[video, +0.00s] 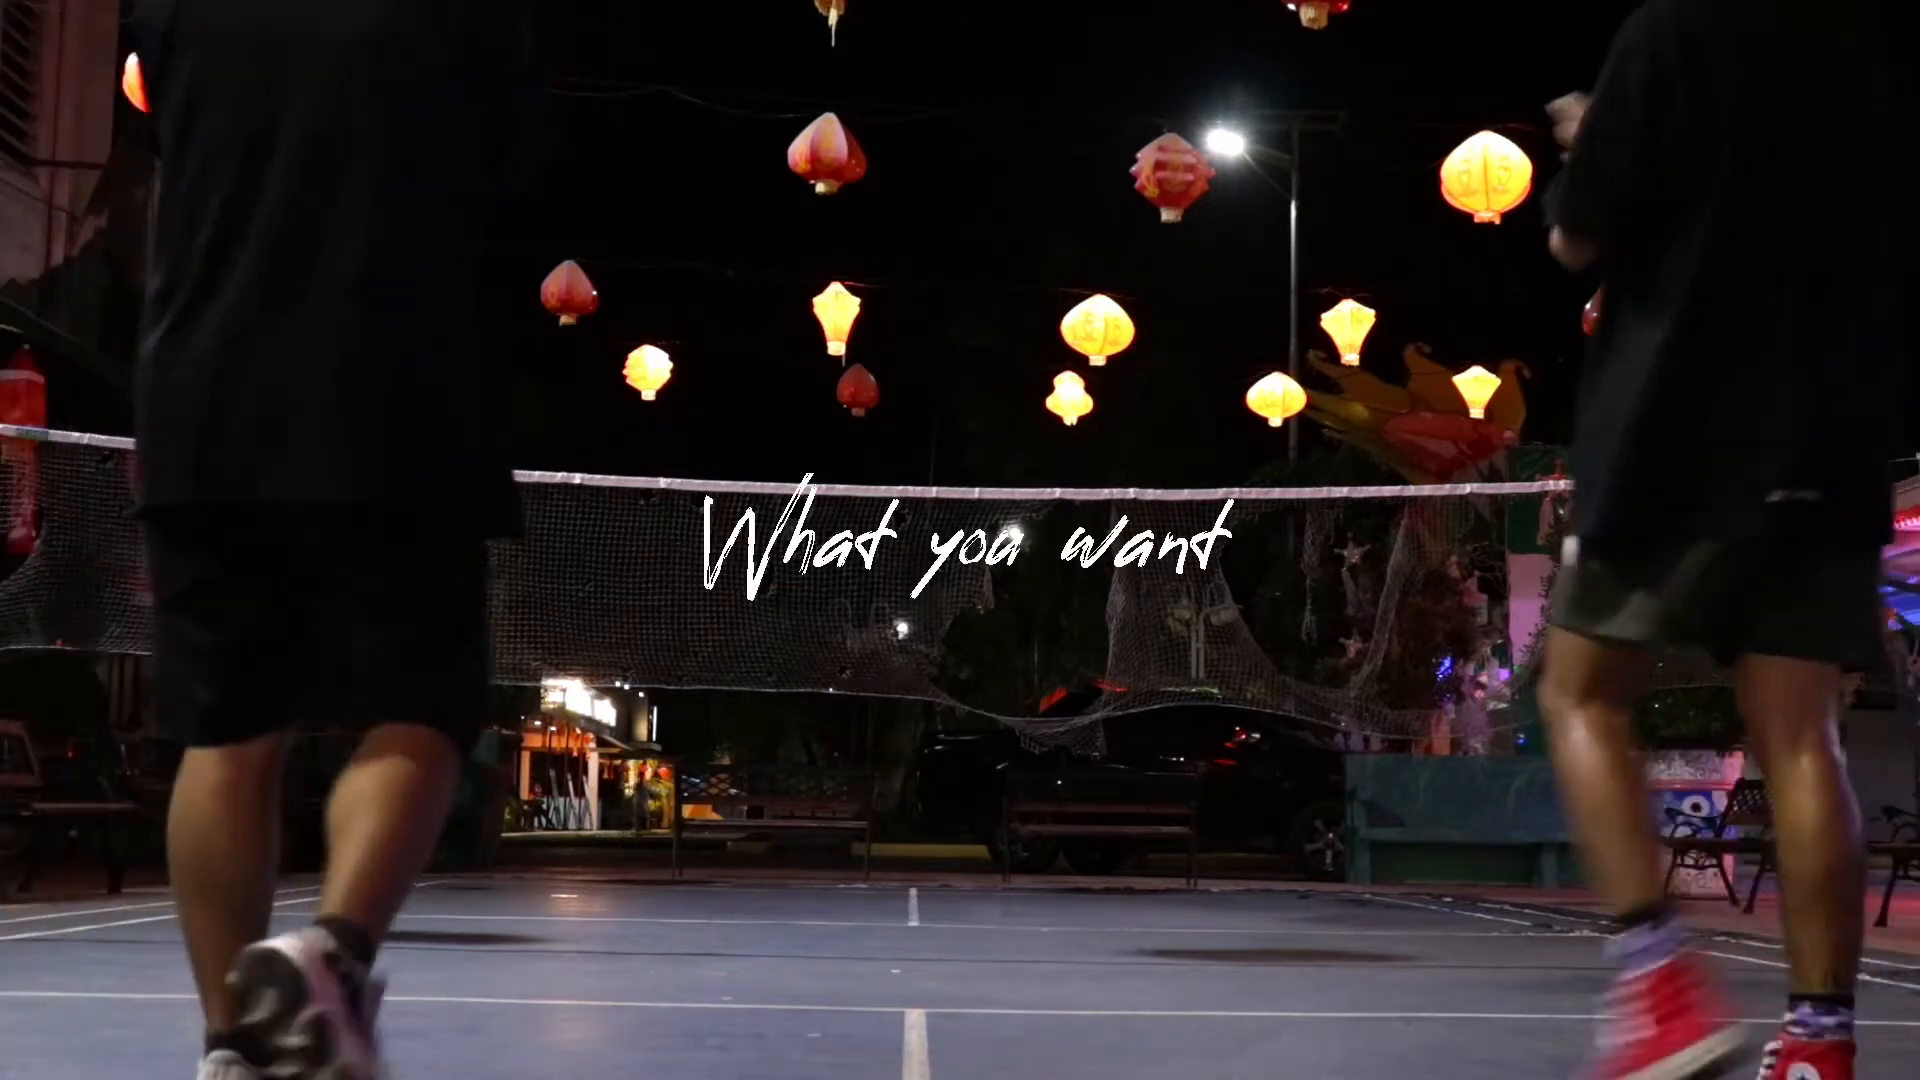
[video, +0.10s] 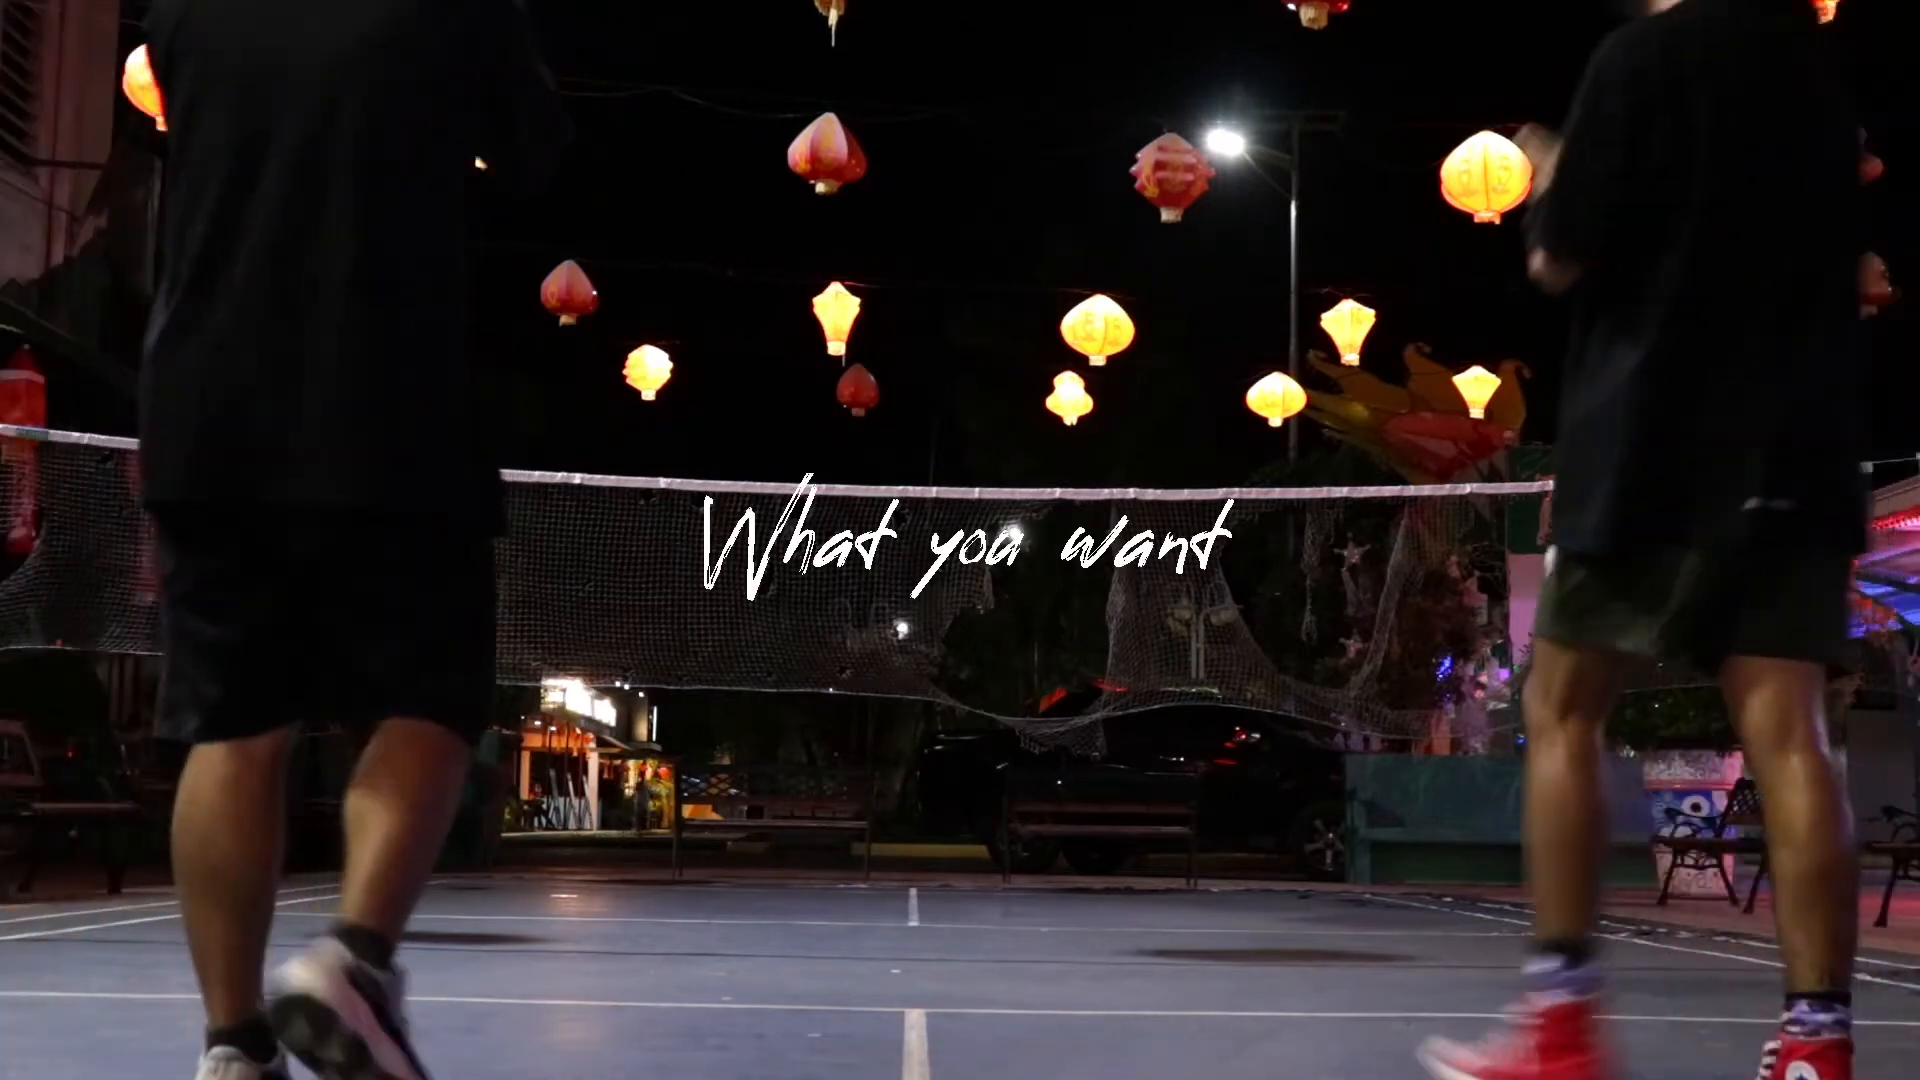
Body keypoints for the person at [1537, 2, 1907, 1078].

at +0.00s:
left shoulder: (1679, 29)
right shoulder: (1877, 49)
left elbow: (1579, 234)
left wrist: (1584, 143)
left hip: (1677, 424)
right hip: (1842, 425)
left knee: (1583, 696)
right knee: (1800, 734)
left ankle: (1656, 979)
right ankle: (1820, 1042)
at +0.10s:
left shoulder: (1643, 56)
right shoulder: (1820, 67)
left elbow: (1556, 255)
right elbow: (1835, 260)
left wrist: (1546, 167)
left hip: (1647, 457)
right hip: (1803, 454)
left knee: (1563, 711)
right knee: (1789, 731)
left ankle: (1558, 1013)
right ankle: (1818, 1042)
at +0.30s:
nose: (1539, 19)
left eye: (1548, 8)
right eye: (1547, 8)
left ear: (1583, 9)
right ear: (1656, 19)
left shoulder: (1558, 125)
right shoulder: (1726, 122)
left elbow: (1479, 317)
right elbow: (1754, 305)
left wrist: (1446, 302)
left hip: (1584, 501)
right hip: (1723, 490)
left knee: (1522, 749)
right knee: (1737, 743)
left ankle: (1471, 1009)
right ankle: (1811, 1033)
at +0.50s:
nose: (1436, 40)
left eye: (1445, 24)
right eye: (1442, 24)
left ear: (1474, 39)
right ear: (1557, 42)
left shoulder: (1446, 168)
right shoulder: (1626, 154)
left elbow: (1399, 358)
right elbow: (1676, 343)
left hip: (1485, 507)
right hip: (1615, 498)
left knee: (1452, 752)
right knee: (1615, 742)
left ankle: (1458, 1022)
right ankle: (1748, 966)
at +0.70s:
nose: (1373, 49)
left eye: (1380, 32)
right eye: (1376, 32)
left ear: (1407, 45)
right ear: (1494, 47)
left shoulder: (1372, 177)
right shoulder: (1552, 163)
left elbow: (1315, 366)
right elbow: (1613, 338)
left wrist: (1383, 407)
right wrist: (1514, 382)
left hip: (1416, 503)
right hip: (1532, 493)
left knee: (1432, 749)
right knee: (1505, 732)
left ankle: (1457, 1025)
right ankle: (1596, 923)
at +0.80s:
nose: (1344, 75)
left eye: (1350, 55)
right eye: (1349, 55)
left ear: (1375, 65)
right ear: (1463, 68)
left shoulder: (1348, 186)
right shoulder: (1525, 189)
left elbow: (1282, 351)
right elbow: (1565, 358)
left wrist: (1364, 385)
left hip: (1387, 499)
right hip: (1494, 495)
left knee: (1424, 755)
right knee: (1467, 743)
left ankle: (1457, 1016)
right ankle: (1489, 964)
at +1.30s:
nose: (1256, 202)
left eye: (1257, 187)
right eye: (1254, 190)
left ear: (1286, 178)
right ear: (1350, 172)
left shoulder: (1266, 250)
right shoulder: (1414, 259)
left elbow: (1221, 409)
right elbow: (1462, 435)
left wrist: (1267, 475)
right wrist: (1387, 473)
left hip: (1295, 527)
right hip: (1383, 532)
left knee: (1271, 753)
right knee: (1330, 759)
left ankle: (1391, 923)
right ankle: (1324, 985)